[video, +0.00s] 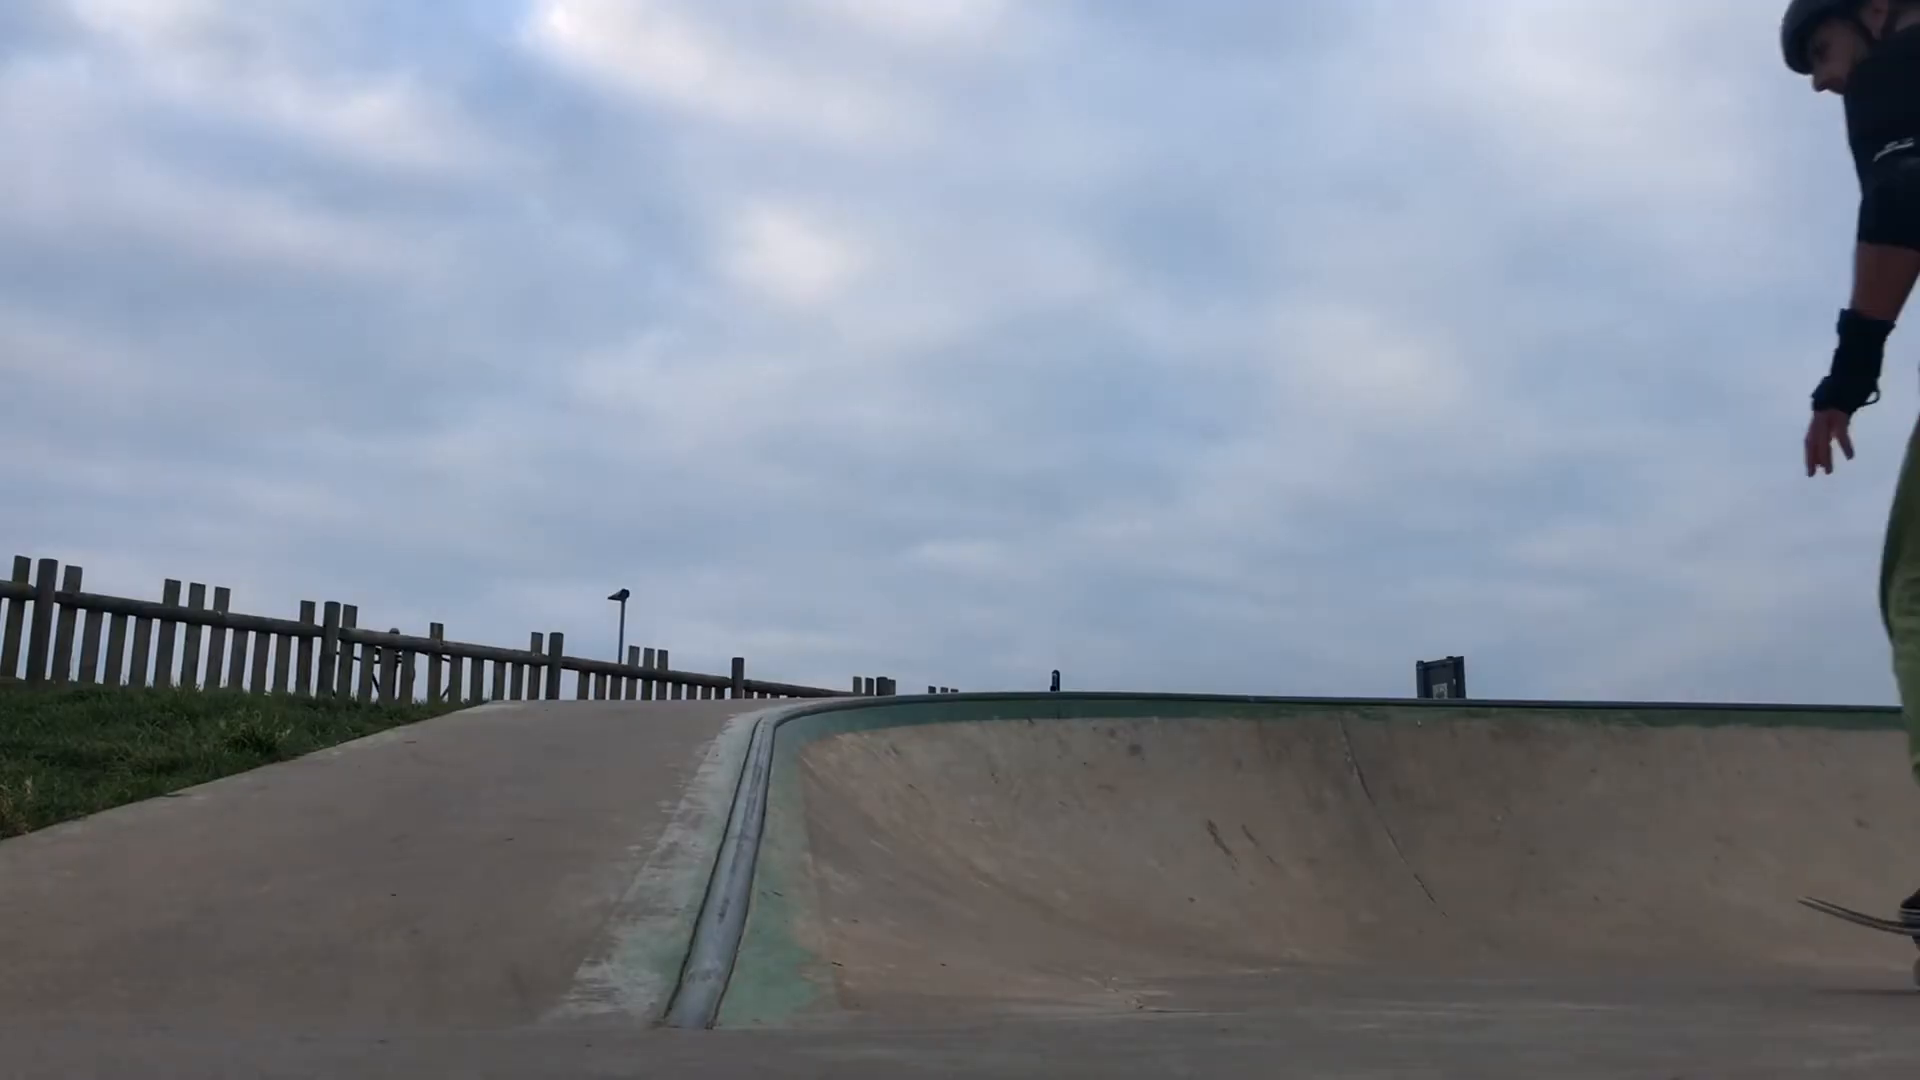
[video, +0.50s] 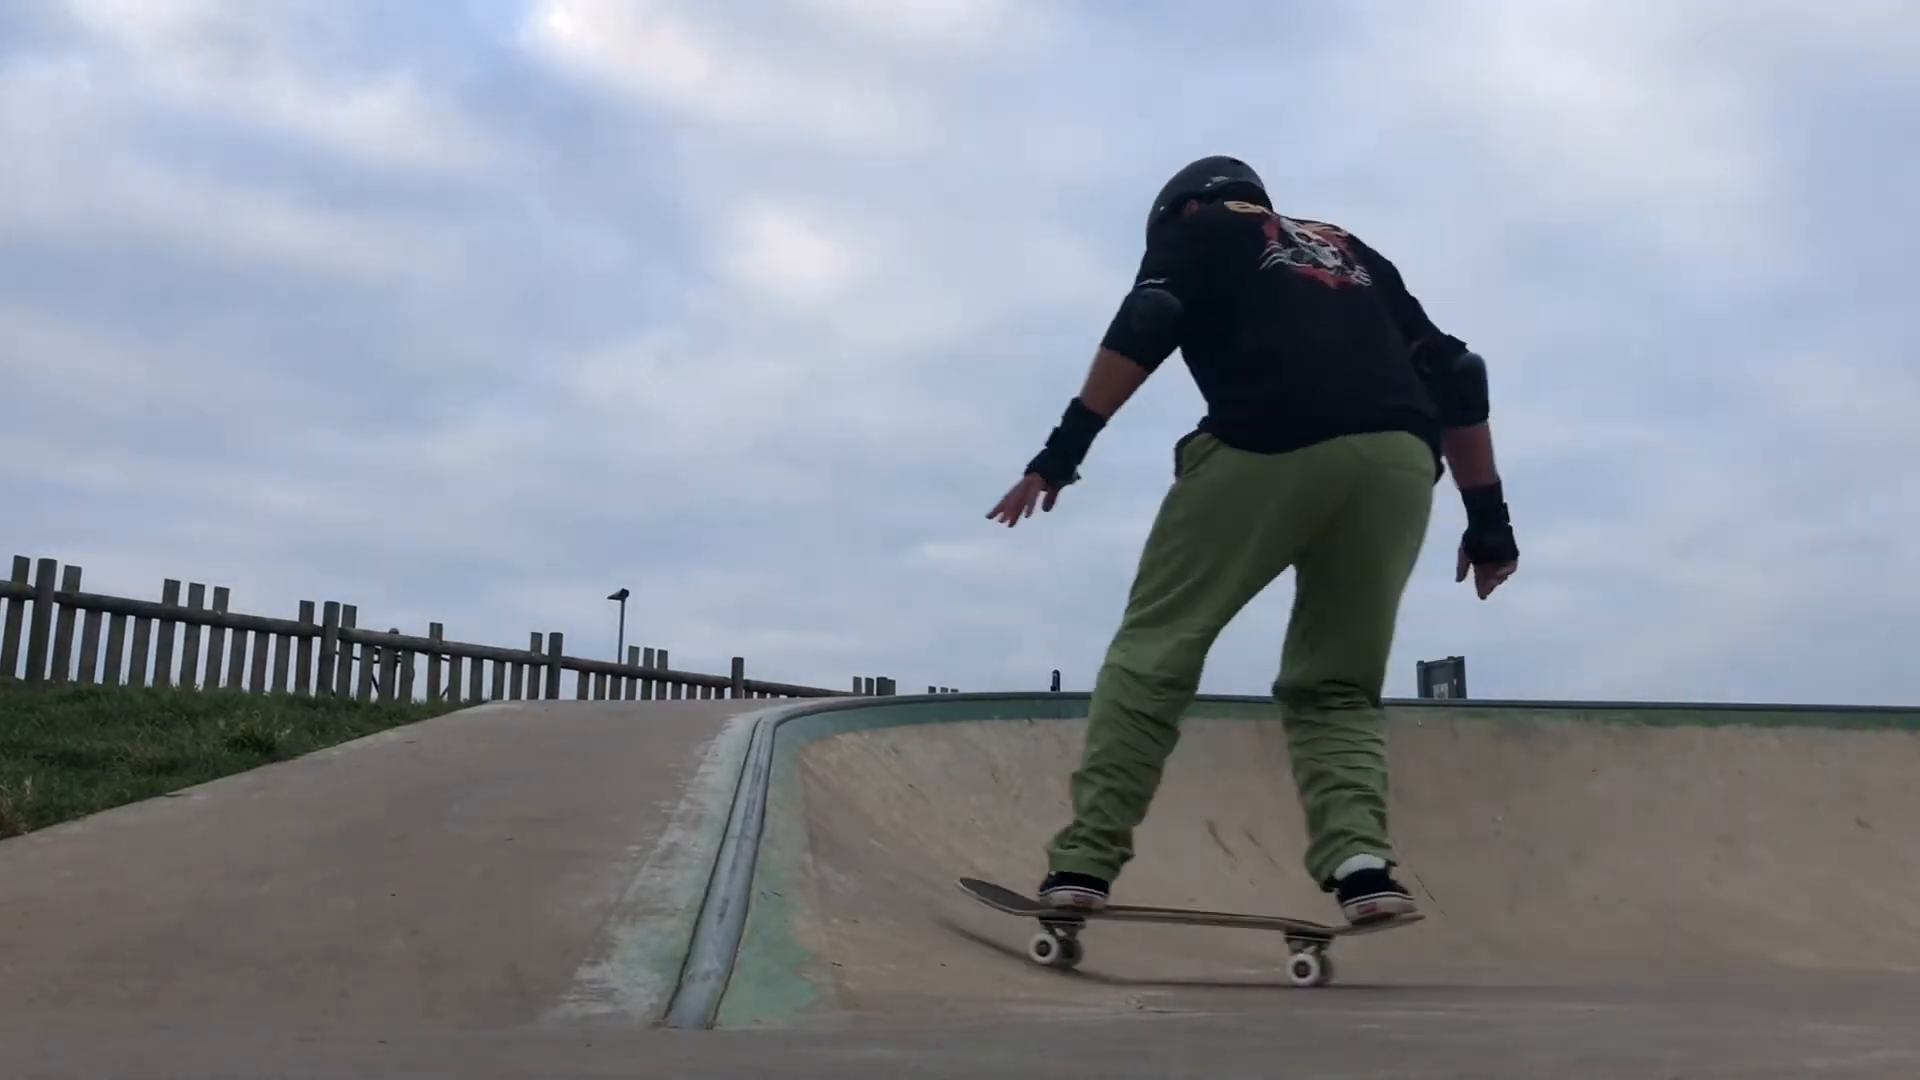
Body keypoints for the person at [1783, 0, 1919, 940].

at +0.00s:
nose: (1822, 81)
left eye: (1820, 57)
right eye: (1812, 68)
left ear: (1873, 13)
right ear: (1883, 17)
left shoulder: (1892, 73)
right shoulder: (1895, 73)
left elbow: (1898, 217)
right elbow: (1896, 225)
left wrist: (1845, 378)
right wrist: (1846, 378)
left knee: (1909, 596)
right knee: (1907, 595)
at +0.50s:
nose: (1168, 240)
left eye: (1168, 226)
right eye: (1167, 231)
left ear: (1186, 209)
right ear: (1261, 202)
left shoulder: (1191, 226)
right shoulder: (1349, 248)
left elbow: (1152, 319)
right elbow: (1455, 372)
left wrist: (1066, 445)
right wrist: (1488, 513)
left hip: (1265, 449)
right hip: (1396, 455)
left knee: (1154, 656)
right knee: (1338, 687)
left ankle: (1082, 867)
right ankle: (1360, 863)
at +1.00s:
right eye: (1035, 128)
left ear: (970, 108)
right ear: (1033, 120)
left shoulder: (903, 129)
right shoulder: (1046, 142)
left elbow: (784, 135)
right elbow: (1137, 220)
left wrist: (710, 207)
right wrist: (1182, 322)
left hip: (835, 335)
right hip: (930, 336)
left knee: (827, 551)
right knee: (924, 562)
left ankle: (769, 701)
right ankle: (807, 712)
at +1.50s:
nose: (1125, 180)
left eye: (1136, 175)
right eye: (1134, 160)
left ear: (1106, 125)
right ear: (1111, 113)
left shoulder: (1053, 189)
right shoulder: (1042, 114)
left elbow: (978, 306)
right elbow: (982, 73)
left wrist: (1021, 375)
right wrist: (1095, 70)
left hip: (948, 342)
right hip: (909, 320)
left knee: (963, 554)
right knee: (925, 537)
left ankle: (845, 722)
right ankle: (796, 702)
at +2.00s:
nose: (1474, 320)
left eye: (1484, 306)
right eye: (1477, 296)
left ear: (1433, 271)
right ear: (1434, 260)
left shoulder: (1375, 392)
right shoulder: (1321, 257)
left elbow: (1357, 511)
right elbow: (1220, 210)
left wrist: (1449, 549)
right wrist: (1159, 165)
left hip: (1244, 516)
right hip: (1208, 502)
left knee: (1352, 709)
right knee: (1343, 703)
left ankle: (1205, 853)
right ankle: (1277, 928)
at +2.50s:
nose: (1698, 201)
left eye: (1726, 191)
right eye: (1690, 175)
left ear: (1756, 204)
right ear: (1666, 164)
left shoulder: (1737, 310)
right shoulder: (1567, 247)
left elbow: (1730, 443)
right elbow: (1459, 351)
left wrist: (1767, 558)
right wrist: (1457, 485)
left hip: (1649, 525)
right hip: (1532, 508)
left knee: (1765, 697)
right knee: (1616, 686)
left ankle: (1764, 931)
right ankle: (1501, 918)